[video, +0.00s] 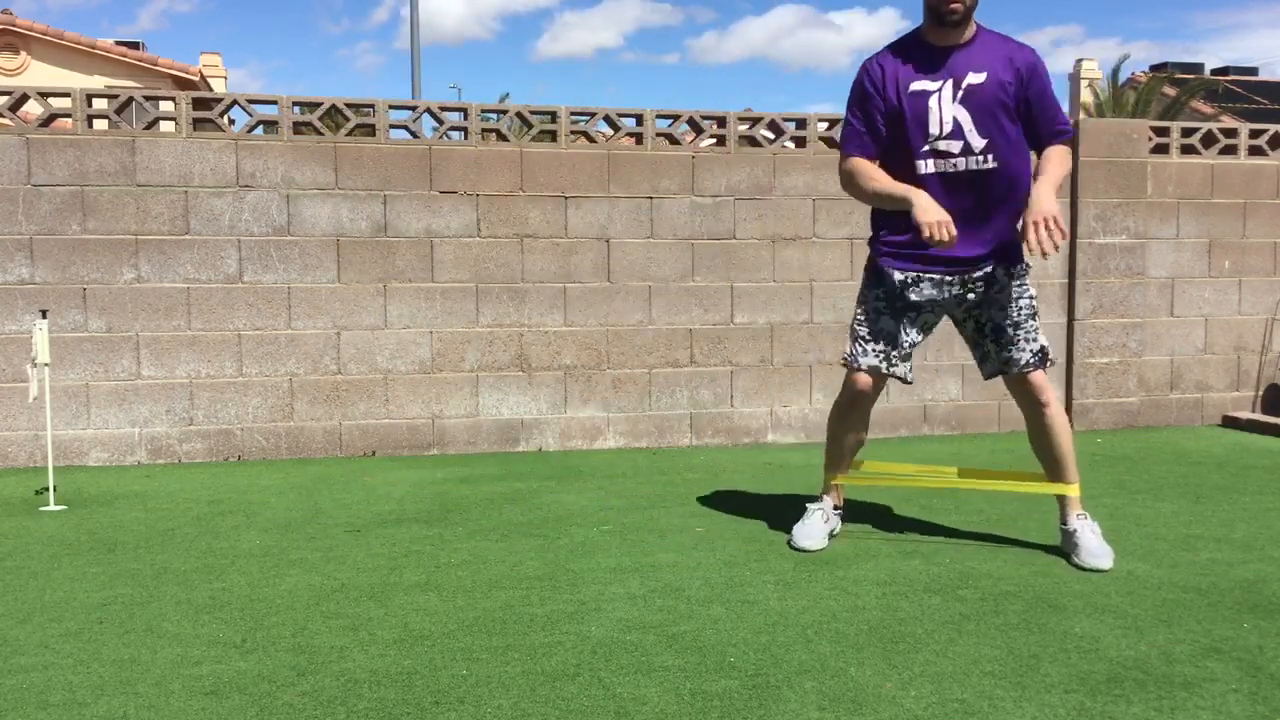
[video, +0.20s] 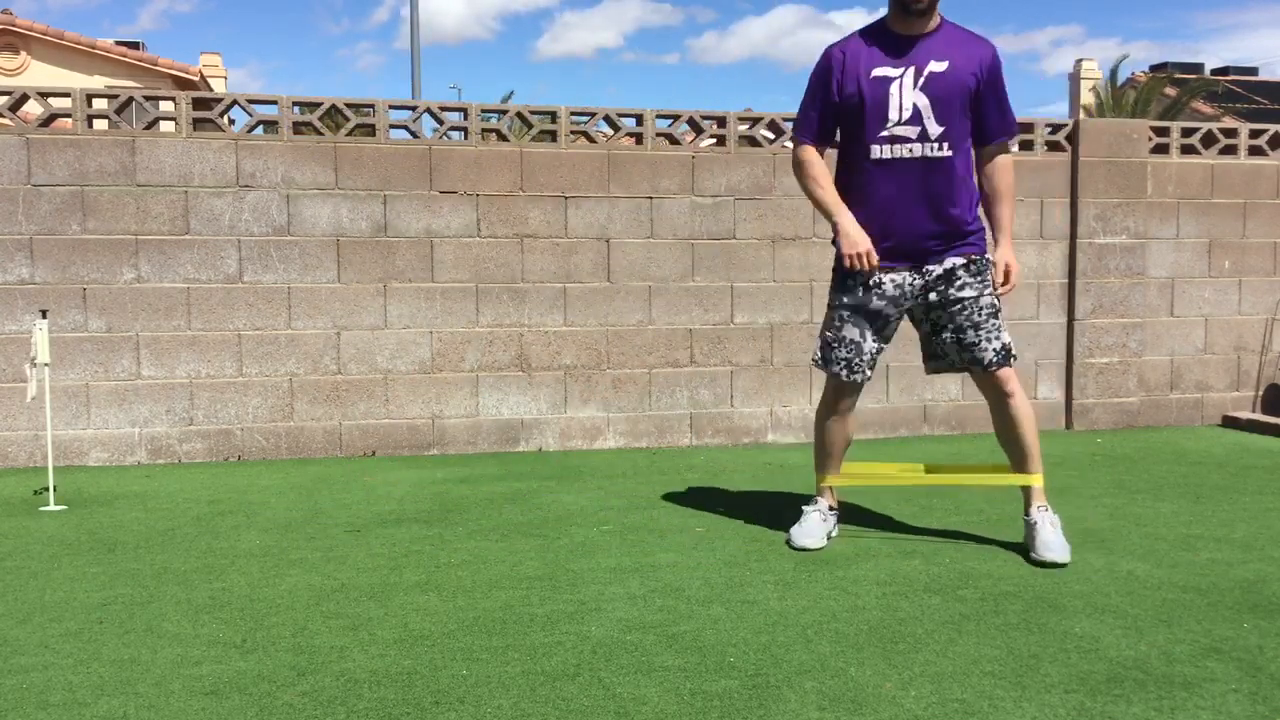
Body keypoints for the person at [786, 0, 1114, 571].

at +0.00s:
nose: (952, 0)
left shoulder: (1018, 62)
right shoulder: (882, 71)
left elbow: (1058, 143)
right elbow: (854, 170)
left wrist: (1044, 191)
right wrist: (912, 196)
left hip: (993, 264)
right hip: (904, 266)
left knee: (1034, 384)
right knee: (859, 384)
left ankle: (1075, 518)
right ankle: (828, 502)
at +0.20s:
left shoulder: (978, 56)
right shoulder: (843, 58)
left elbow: (996, 153)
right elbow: (806, 152)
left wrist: (1004, 241)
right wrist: (845, 222)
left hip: (957, 256)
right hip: (870, 258)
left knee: (1000, 376)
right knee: (842, 381)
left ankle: (1039, 508)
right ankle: (823, 504)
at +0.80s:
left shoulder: (1041, 62)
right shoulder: (913, 43)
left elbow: (1055, 160)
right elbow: (886, 135)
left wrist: (1032, 250)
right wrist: (883, 217)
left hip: (987, 251)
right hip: (910, 243)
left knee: (988, 385)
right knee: (874, 371)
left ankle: (1008, 515)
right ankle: (837, 503)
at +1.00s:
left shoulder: (1064, 51)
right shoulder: (948, 36)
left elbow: (1072, 156)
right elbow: (918, 132)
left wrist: (1037, 239)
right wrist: (905, 211)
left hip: (1006, 249)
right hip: (933, 240)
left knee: (1004, 379)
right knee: (910, 366)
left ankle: (1009, 514)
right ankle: (903, 496)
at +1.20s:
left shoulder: (1072, 44)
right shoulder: (973, 41)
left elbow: (1081, 151)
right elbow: (955, 139)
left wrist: (1039, 242)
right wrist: (938, 222)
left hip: (1017, 246)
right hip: (956, 241)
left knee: (1011, 375)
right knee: (954, 362)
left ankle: (1015, 512)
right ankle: (993, 471)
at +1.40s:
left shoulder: (1061, 38)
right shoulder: (997, 41)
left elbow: (1074, 152)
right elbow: (991, 149)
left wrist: (1037, 247)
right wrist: (963, 229)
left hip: (1018, 248)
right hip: (979, 244)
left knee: (1010, 375)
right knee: (994, 372)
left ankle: (1014, 511)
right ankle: (1030, 497)